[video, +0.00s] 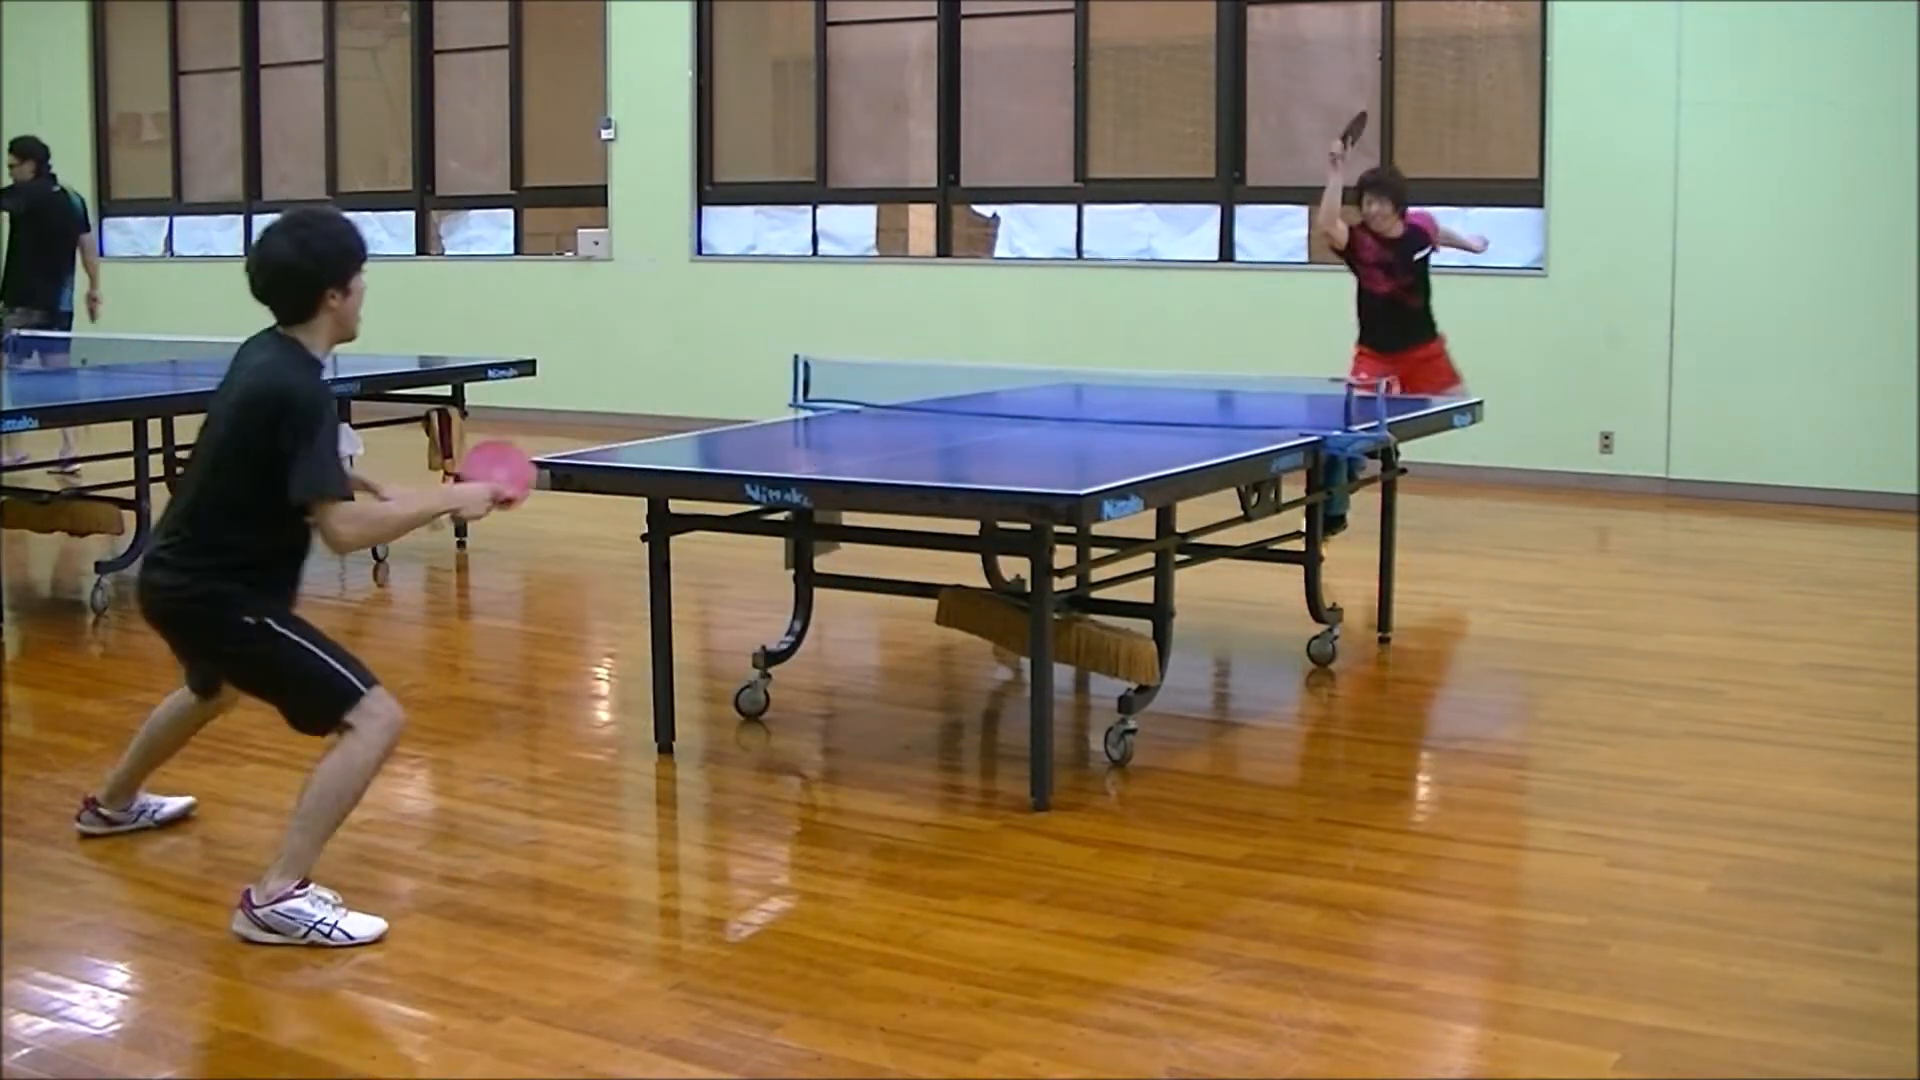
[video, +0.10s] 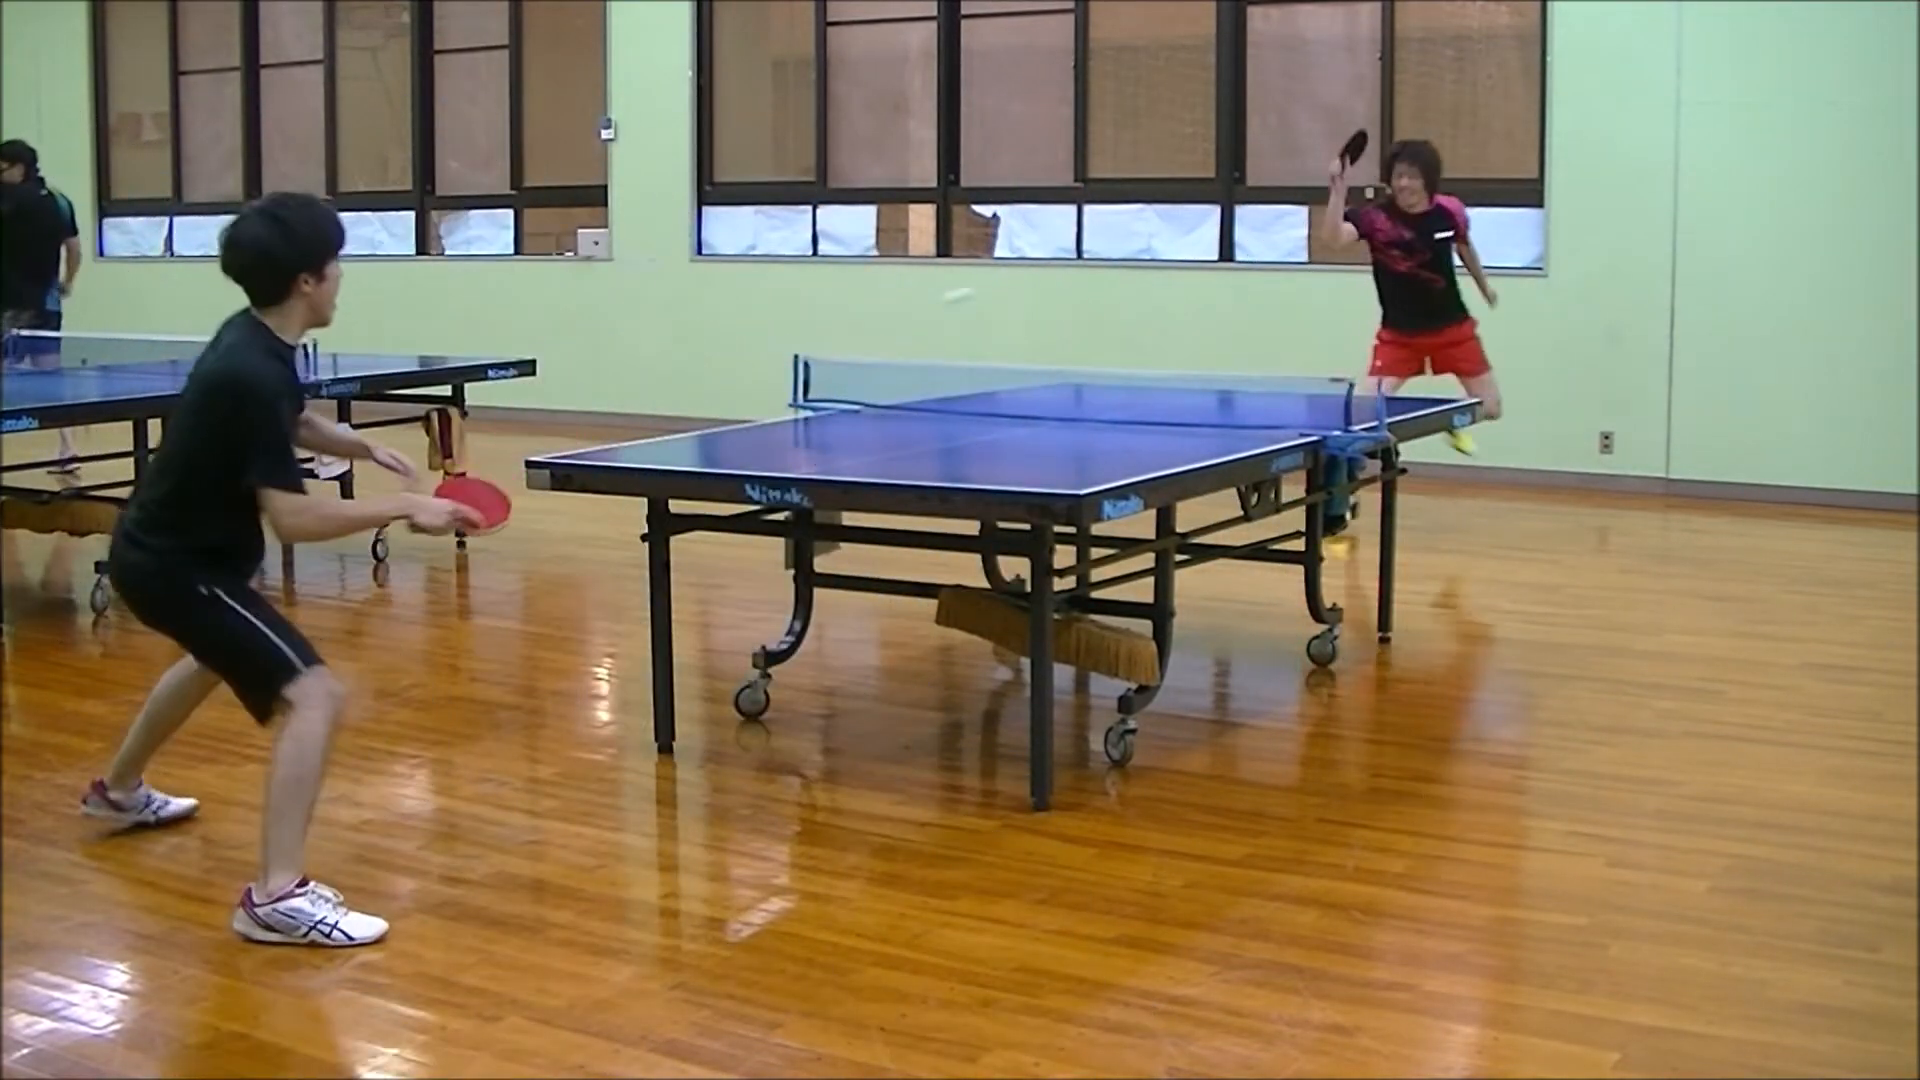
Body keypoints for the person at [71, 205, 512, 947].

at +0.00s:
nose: (363, 292)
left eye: (360, 278)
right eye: (358, 280)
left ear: (288, 293)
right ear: (333, 297)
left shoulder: (265, 356)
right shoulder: (302, 389)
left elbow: (286, 454)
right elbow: (342, 528)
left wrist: (366, 486)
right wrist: (449, 500)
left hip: (173, 579)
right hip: (215, 597)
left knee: (214, 686)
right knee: (376, 717)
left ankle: (111, 803)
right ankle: (279, 893)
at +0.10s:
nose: (340, 280)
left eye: (337, 267)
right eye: (335, 268)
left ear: (277, 279)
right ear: (309, 282)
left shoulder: (258, 343)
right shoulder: (256, 372)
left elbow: (294, 423)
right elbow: (292, 520)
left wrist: (366, 449)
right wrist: (406, 510)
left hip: (168, 548)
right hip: (171, 565)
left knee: (225, 647)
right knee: (314, 693)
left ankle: (117, 786)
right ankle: (277, 893)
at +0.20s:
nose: (314, 272)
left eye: (312, 259)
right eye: (308, 261)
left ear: (259, 270)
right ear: (274, 276)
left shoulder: (263, 333)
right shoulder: (203, 361)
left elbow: (304, 405)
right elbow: (199, 508)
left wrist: (314, 413)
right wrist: (322, 499)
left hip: (190, 535)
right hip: (144, 543)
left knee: (220, 653)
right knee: (277, 674)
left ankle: (116, 767)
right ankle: (217, 873)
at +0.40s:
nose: (267, 256)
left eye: (262, 241)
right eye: (257, 244)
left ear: (211, 261)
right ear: (222, 267)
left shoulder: (194, 316)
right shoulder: (171, 356)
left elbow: (198, 389)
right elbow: (165, 501)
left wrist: (242, 381)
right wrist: (250, 434)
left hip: (164, 529)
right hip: (129, 544)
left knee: (195, 649)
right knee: (245, 682)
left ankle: (110, 783)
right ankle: (169, 870)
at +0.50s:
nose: (222, 212)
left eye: (218, 199)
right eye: (214, 201)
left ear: (159, 214)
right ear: (181, 215)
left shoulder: (132, 286)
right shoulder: (176, 302)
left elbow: (150, 398)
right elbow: (199, 435)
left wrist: (207, 332)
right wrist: (276, 374)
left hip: (110, 512)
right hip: (157, 523)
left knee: (152, 626)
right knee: (241, 680)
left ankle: (113, 780)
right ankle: (169, 865)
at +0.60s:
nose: (180, 217)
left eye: (177, 202)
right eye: (175, 204)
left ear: (105, 219)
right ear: (151, 214)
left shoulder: (71, 305)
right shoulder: (184, 292)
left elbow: (100, 410)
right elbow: (251, 414)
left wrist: (202, 405)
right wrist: (320, 402)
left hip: (101, 515)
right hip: (180, 514)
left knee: (145, 624)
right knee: (247, 676)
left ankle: (114, 780)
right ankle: (185, 841)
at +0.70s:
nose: (165, 241)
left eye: (161, 230)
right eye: (160, 231)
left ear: (81, 247)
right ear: (139, 238)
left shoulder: (41, 330)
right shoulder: (184, 301)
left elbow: (53, 427)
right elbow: (231, 422)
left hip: (104, 518)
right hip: (189, 506)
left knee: (117, 623)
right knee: (258, 672)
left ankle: (108, 782)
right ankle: (221, 810)